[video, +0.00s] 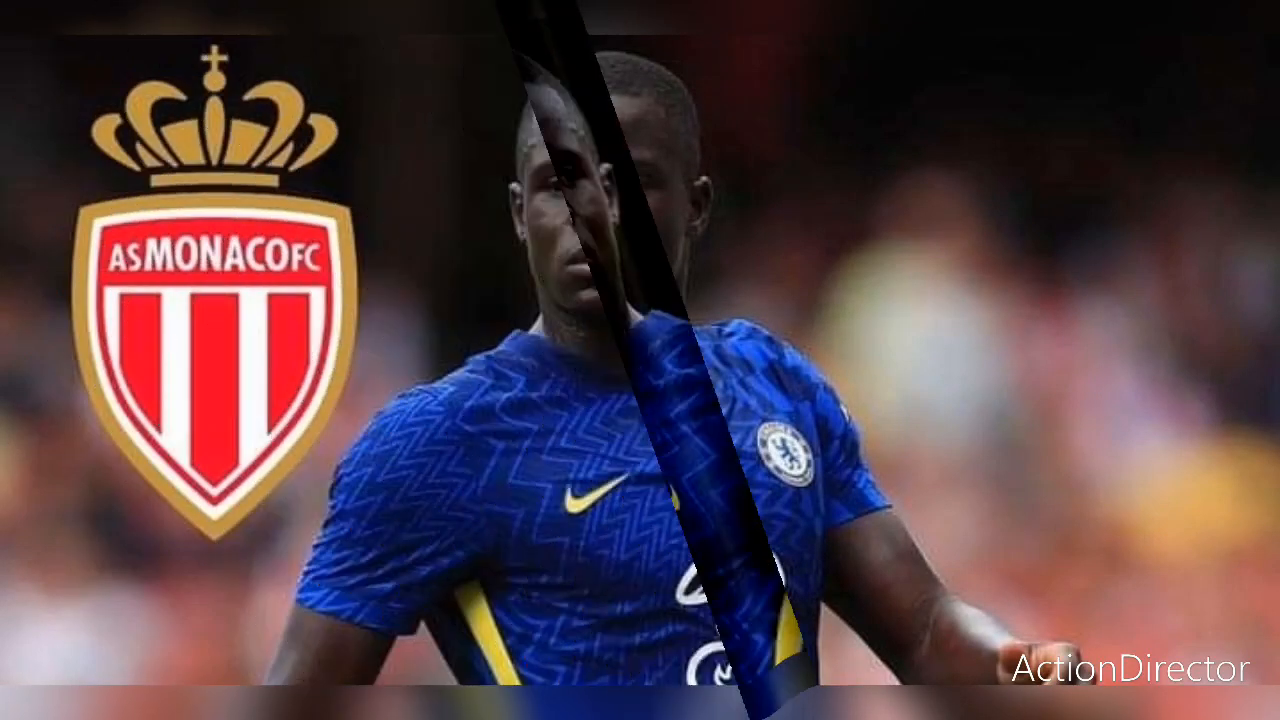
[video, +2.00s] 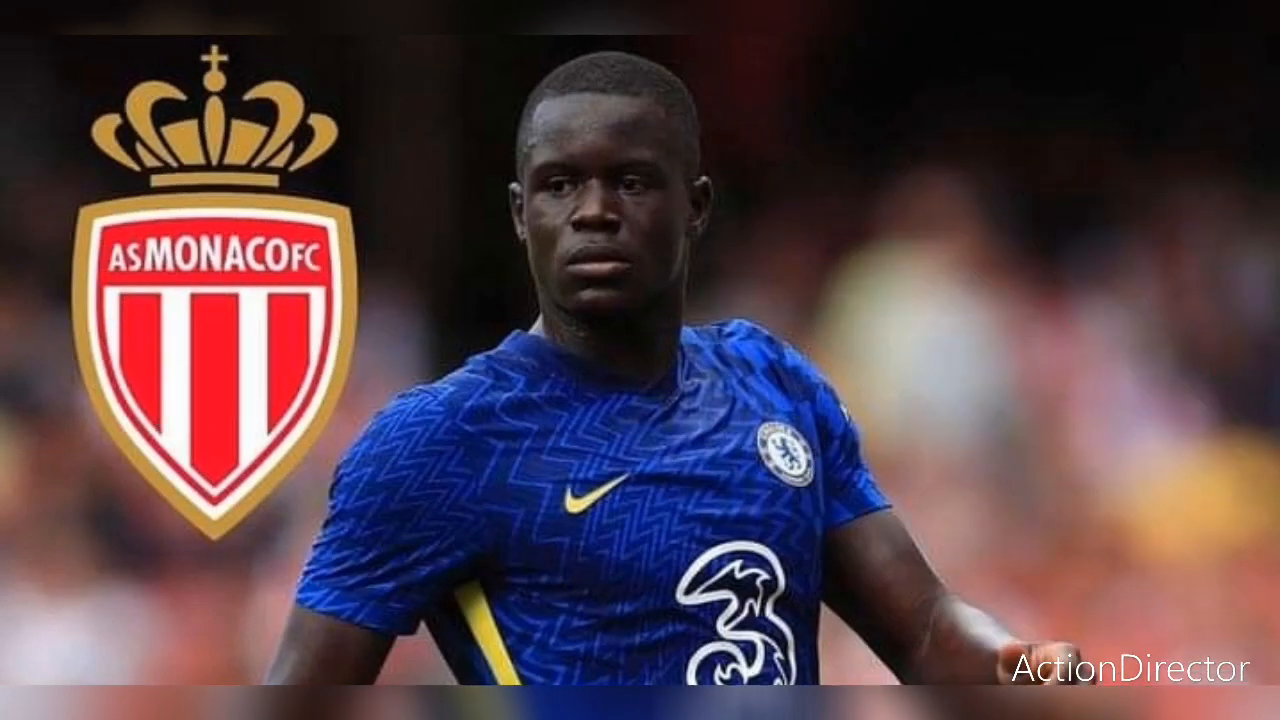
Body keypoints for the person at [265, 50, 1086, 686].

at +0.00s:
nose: (593, 215)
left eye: (629, 181)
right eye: (559, 180)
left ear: (696, 208)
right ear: (519, 210)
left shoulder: (769, 384)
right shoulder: (432, 444)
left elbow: (921, 625)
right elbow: (302, 690)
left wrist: (1013, 670)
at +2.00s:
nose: (596, 209)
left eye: (633, 178)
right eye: (560, 181)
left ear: (697, 210)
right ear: (522, 216)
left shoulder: (770, 385)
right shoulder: (432, 445)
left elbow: (921, 626)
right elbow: (301, 692)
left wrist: (1021, 675)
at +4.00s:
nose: (596, 210)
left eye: (633, 178)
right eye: (560, 181)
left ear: (697, 208)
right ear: (522, 215)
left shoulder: (770, 385)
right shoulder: (433, 445)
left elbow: (921, 625)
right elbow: (301, 692)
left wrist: (1019, 674)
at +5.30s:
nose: (644, 218)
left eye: (680, 190)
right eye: (612, 193)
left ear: (739, 219)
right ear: (577, 223)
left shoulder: (807, 382)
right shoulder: (492, 439)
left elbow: (950, 608)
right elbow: (366, 682)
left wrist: (1045, 656)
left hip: (818, 705)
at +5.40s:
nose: (741, 225)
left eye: (774, 197)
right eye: (708, 199)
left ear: (831, 224)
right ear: (674, 228)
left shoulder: (897, 383)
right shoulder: (594, 437)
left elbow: (1032, 597)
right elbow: (474, 663)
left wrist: (1116, 641)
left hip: (906, 683)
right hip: (736, 697)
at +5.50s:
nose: (922, 234)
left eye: (954, 206)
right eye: (893, 209)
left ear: (1010, 232)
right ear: (857, 239)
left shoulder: (1072, 382)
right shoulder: (786, 431)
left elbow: (1204, 586)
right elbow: (668, 655)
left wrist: (1273, 628)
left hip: (1092, 691)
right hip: (904, 690)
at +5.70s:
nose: (676, 248)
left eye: (705, 224)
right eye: (648, 226)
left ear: (753, 245)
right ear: (613, 249)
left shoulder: (806, 381)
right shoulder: (554, 423)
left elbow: (927, 565)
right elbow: (437, 630)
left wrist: (992, 603)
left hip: (820, 696)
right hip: (672, 698)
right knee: (645, 700)